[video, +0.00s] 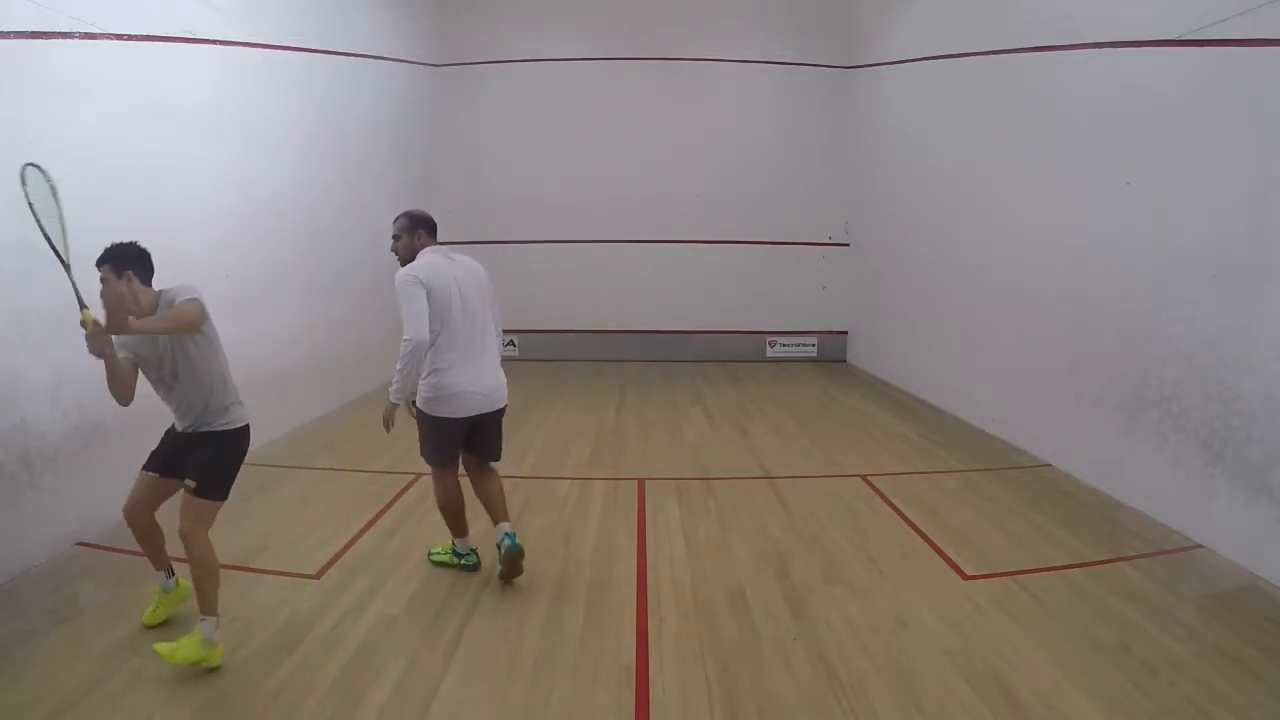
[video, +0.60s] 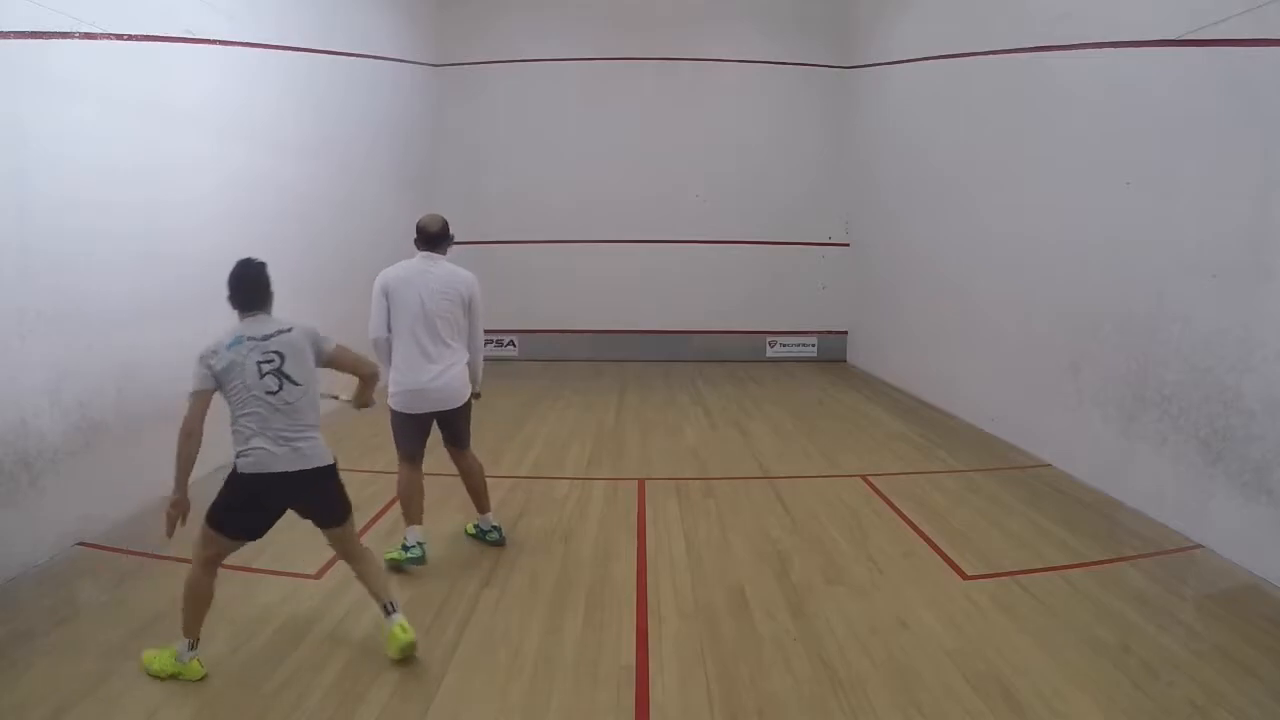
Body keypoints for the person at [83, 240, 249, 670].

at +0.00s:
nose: (101, 292)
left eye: (104, 282)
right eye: (99, 284)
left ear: (129, 280)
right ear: (128, 283)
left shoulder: (180, 298)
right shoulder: (125, 334)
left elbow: (194, 318)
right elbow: (124, 396)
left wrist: (129, 327)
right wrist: (108, 354)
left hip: (225, 428)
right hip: (185, 430)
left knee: (192, 529)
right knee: (137, 512)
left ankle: (209, 637)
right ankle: (171, 585)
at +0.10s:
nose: (88, 330)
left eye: (91, 319)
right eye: (86, 321)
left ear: (115, 313)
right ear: (111, 316)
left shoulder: (169, 325)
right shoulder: (120, 359)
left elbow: (144, 367)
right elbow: (116, 408)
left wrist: (69, 363)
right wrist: (120, 357)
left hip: (218, 457)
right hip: (180, 454)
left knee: (158, 545)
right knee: (128, 525)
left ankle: (186, 651)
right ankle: (162, 598)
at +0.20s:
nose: (88, 364)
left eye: (90, 353)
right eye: (86, 355)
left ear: (111, 349)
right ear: (118, 348)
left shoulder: (152, 376)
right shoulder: (133, 386)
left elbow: (138, 453)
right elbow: (106, 454)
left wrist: (79, 495)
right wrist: (117, 411)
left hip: (212, 488)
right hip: (187, 481)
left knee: (130, 559)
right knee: (134, 527)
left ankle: (183, 653)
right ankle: (162, 604)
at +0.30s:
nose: (104, 371)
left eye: (103, 364)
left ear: (106, 366)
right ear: (141, 355)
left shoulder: (121, 410)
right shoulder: (174, 380)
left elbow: (141, 488)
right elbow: (183, 468)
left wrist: (154, 557)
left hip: (203, 504)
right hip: (248, 492)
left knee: (131, 556)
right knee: (178, 512)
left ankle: (181, 653)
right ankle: (178, 596)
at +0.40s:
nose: (134, 357)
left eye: (132, 353)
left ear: (132, 359)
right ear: (170, 347)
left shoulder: (133, 412)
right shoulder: (208, 375)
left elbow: (146, 485)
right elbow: (257, 404)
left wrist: (159, 557)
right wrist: (285, 416)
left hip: (206, 511)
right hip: (260, 496)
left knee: (141, 553)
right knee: (229, 519)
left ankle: (180, 654)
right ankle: (252, 600)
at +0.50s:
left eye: (181, 326)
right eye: (205, 319)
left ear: (177, 333)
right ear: (214, 324)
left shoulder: (167, 388)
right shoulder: (249, 359)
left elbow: (159, 465)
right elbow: (313, 376)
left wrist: (156, 530)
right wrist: (335, 387)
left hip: (220, 496)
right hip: (277, 483)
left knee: (161, 556)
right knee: (291, 527)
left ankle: (182, 655)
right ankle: (339, 599)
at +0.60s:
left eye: (235, 294)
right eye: (261, 289)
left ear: (231, 299)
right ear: (271, 295)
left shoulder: (217, 353)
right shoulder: (303, 336)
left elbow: (192, 427)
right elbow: (369, 371)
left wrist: (180, 490)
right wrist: (362, 397)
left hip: (256, 479)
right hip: (315, 472)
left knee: (206, 560)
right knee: (351, 546)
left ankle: (187, 653)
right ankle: (396, 620)